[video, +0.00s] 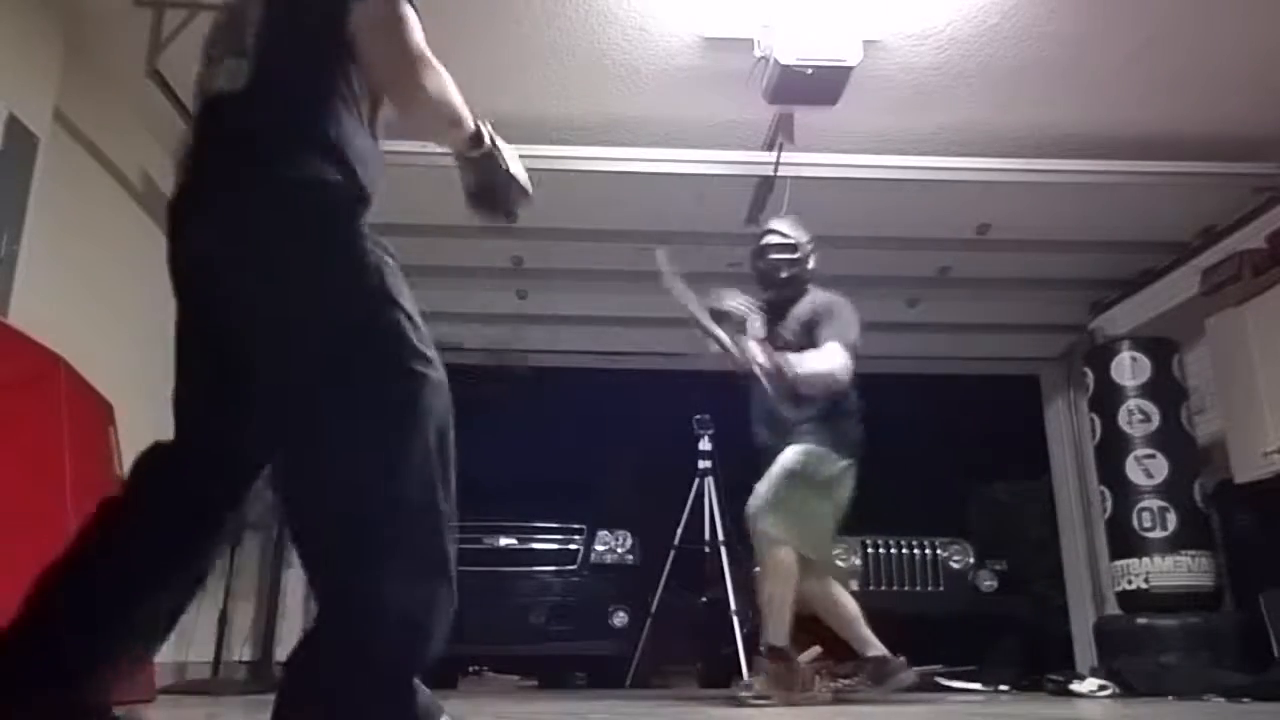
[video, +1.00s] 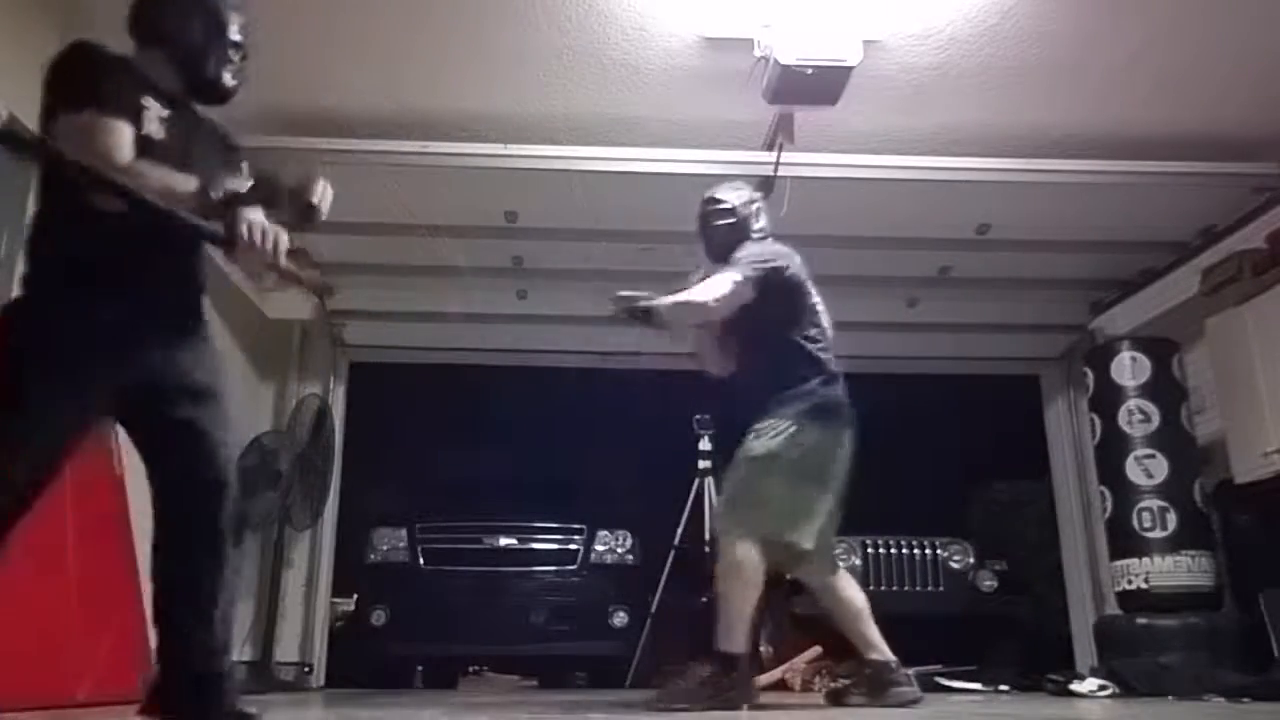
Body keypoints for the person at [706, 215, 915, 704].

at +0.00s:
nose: (777, 263)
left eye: (787, 252)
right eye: (767, 254)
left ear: (809, 257)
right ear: (755, 263)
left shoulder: (830, 308)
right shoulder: (762, 318)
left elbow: (836, 366)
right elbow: (738, 353)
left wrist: (777, 361)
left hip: (823, 442)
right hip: (786, 446)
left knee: (767, 515)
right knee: (807, 574)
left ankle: (776, 659)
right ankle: (880, 660)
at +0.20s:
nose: (747, 253)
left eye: (759, 244)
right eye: (740, 245)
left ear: (784, 255)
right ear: (731, 255)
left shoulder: (800, 310)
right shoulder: (737, 317)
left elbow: (808, 375)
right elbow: (679, 339)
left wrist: (792, 414)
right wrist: (628, 307)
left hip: (798, 449)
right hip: (763, 453)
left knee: (744, 535)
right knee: (799, 571)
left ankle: (714, 668)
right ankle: (884, 663)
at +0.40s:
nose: (710, 238)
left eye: (721, 229)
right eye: (703, 231)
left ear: (745, 237)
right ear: (694, 244)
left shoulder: (751, 285)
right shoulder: (727, 293)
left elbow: (690, 319)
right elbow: (684, 353)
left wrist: (634, 306)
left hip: (785, 432)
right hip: (772, 435)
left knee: (720, 533)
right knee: (762, 571)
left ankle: (711, 671)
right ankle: (864, 646)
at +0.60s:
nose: (702, 226)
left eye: (713, 216)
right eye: (694, 218)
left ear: (739, 225)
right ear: (685, 231)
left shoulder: (752, 270)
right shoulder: (708, 283)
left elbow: (717, 313)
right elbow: (659, 333)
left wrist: (640, 296)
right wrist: (639, 295)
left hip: (772, 421)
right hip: (756, 425)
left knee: (705, 532)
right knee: (754, 569)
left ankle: (710, 672)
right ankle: (861, 649)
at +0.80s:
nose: (716, 222)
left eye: (727, 212)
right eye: (707, 216)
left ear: (755, 218)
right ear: (700, 230)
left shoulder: (763, 267)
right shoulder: (736, 275)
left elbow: (721, 333)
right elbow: (721, 346)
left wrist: (648, 350)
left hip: (779, 418)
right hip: (765, 421)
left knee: (712, 529)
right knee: (770, 558)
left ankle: (711, 672)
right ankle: (875, 660)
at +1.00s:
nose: (714, 223)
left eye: (725, 213)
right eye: (707, 216)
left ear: (754, 217)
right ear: (701, 227)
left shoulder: (768, 254)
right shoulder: (733, 275)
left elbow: (714, 295)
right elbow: (722, 364)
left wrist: (655, 306)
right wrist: (695, 325)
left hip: (804, 408)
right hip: (807, 413)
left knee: (737, 525)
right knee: (810, 555)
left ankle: (729, 670)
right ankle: (886, 669)